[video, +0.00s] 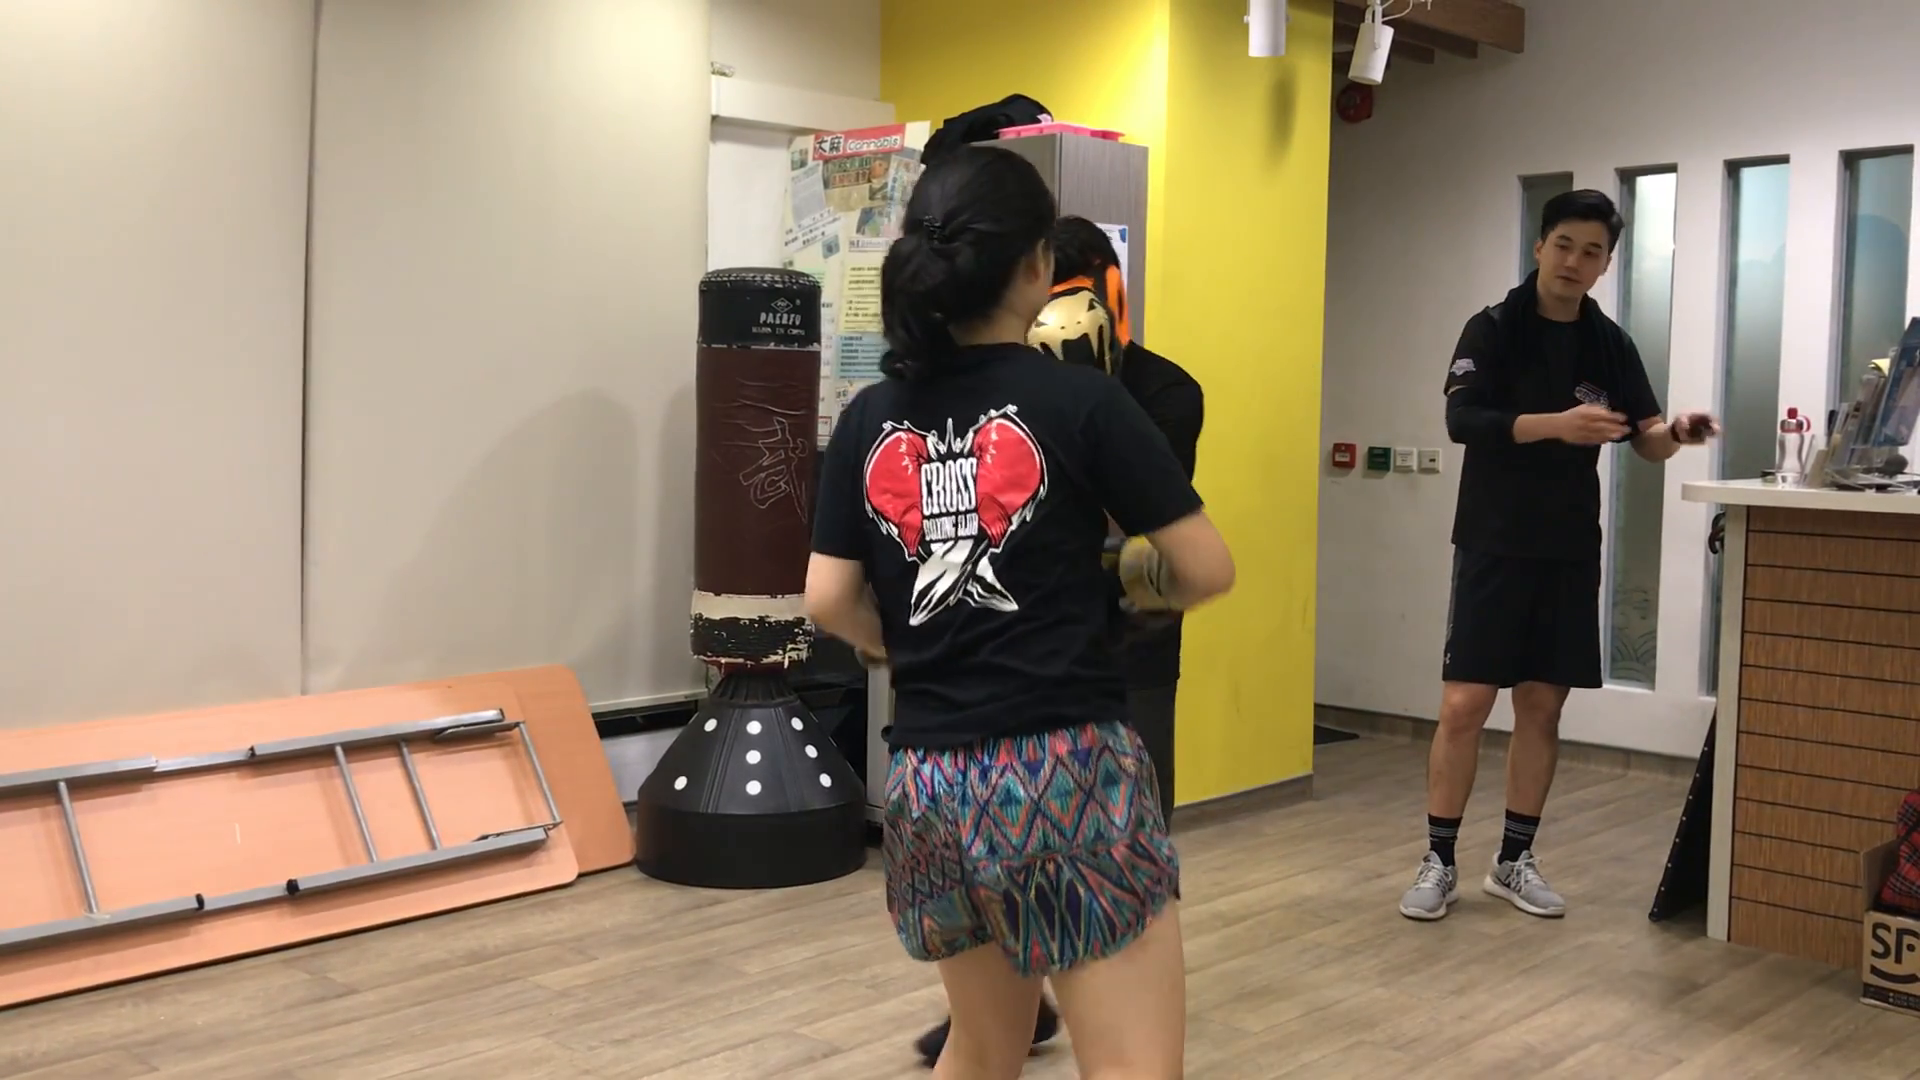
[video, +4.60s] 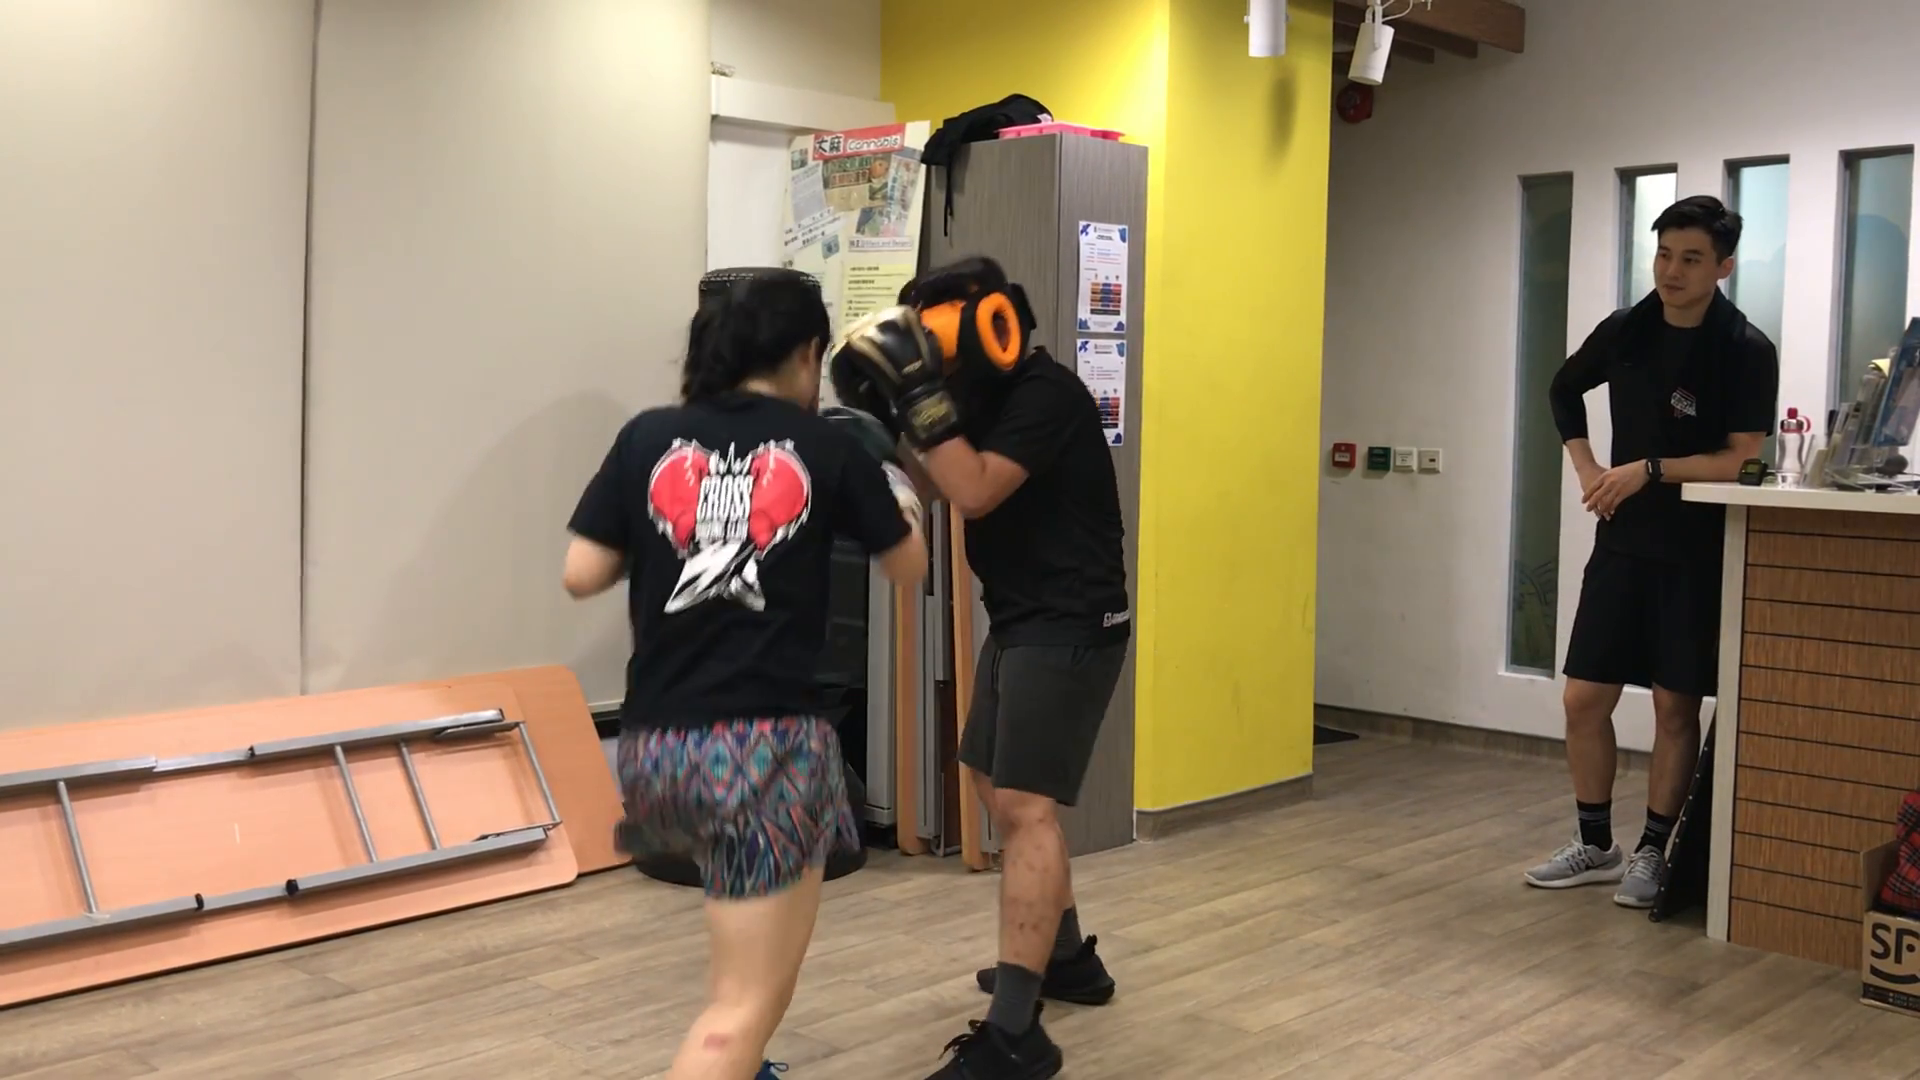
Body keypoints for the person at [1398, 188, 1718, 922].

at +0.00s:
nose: (1575, 261)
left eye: (1592, 252)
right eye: (1565, 245)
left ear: (1606, 265)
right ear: (1540, 246)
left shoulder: (1611, 344)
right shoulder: (1494, 326)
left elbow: (1647, 444)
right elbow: (1460, 420)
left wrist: (1671, 433)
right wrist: (1557, 426)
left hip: (1568, 550)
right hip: (1491, 543)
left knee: (1540, 704)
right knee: (1465, 704)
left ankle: (1515, 860)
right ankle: (1438, 861)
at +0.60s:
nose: (1556, 252)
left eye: (1571, 240)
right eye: (1543, 238)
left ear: (1592, 252)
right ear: (1521, 246)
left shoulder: (1603, 339)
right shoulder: (1484, 322)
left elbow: (1642, 433)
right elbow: (1462, 356)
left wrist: (1704, 459)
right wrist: (1498, 345)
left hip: (1566, 546)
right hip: (1489, 539)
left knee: (1541, 708)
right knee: (1460, 706)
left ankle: (1514, 861)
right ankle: (1437, 863)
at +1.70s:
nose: (1571, 254)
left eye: (1587, 243)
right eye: (1558, 240)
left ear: (1605, 253)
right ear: (1536, 245)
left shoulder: (1617, 340)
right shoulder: (1502, 325)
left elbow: (1641, 437)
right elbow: (1449, 412)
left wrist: (1684, 457)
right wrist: (1526, 381)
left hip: (1573, 545)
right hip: (1496, 539)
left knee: (1543, 706)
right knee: (1468, 700)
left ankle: (1515, 861)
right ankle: (1435, 861)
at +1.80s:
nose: (1577, 256)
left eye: (1593, 244)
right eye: (1565, 241)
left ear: (1613, 254)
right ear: (1543, 247)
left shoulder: (1626, 343)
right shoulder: (1502, 335)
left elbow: (1646, 439)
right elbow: (1451, 431)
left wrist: (1665, 453)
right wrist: (1505, 457)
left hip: (1577, 548)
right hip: (1499, 542)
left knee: (1545, 705)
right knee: (1468, 699)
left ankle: (1515, 861)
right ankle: (1434, 859)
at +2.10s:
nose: (1571, 259)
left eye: (1588, 248)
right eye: (1560, 245)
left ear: (1612, 258)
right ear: (1544, 251)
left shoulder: (1641, 346)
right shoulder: (1509, 337)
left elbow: (1675, 437)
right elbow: (1466, 424)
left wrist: (1651, 459)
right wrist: (1468, 491)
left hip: (1588, 550)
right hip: (1508, 540)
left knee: (1554, 706)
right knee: (1482, 700)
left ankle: (1519, 857)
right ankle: (1528, 798)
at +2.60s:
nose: (1575, 268)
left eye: (1591, 256)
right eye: (1566, 254)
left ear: (1620, 262)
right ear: (1554, 257)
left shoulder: (1652, 343)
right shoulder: (1532, 339)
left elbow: (1695, 438)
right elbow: (1489, 425)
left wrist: (1640, 468)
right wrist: (1488, 482)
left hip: (1615, 536)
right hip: (1545, 532)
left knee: (1600, 694)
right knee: (1553, 690)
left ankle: (1631, 847)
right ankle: (1577, 841)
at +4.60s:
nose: (1671, 269)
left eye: (1690, 258)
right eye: (1664, 255)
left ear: (1724, 264)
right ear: (1652, 255)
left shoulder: (1746, 350)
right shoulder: (1627, 329)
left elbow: (1746, 457)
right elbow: (1564, 389)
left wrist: (1649, 469)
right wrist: (1586, 468)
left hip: (1699, 546)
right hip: (1624, 538)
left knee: (1674, 706)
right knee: (1583, 695)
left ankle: (1652, 854)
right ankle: (1594, 844)